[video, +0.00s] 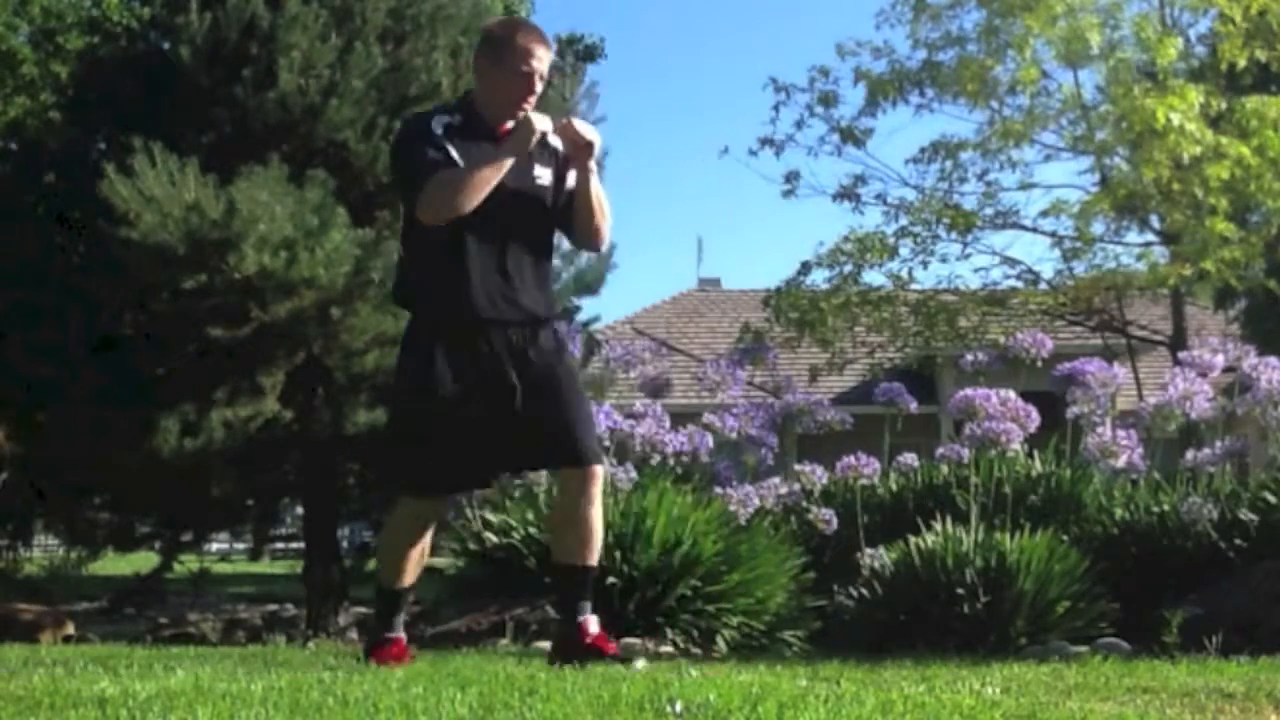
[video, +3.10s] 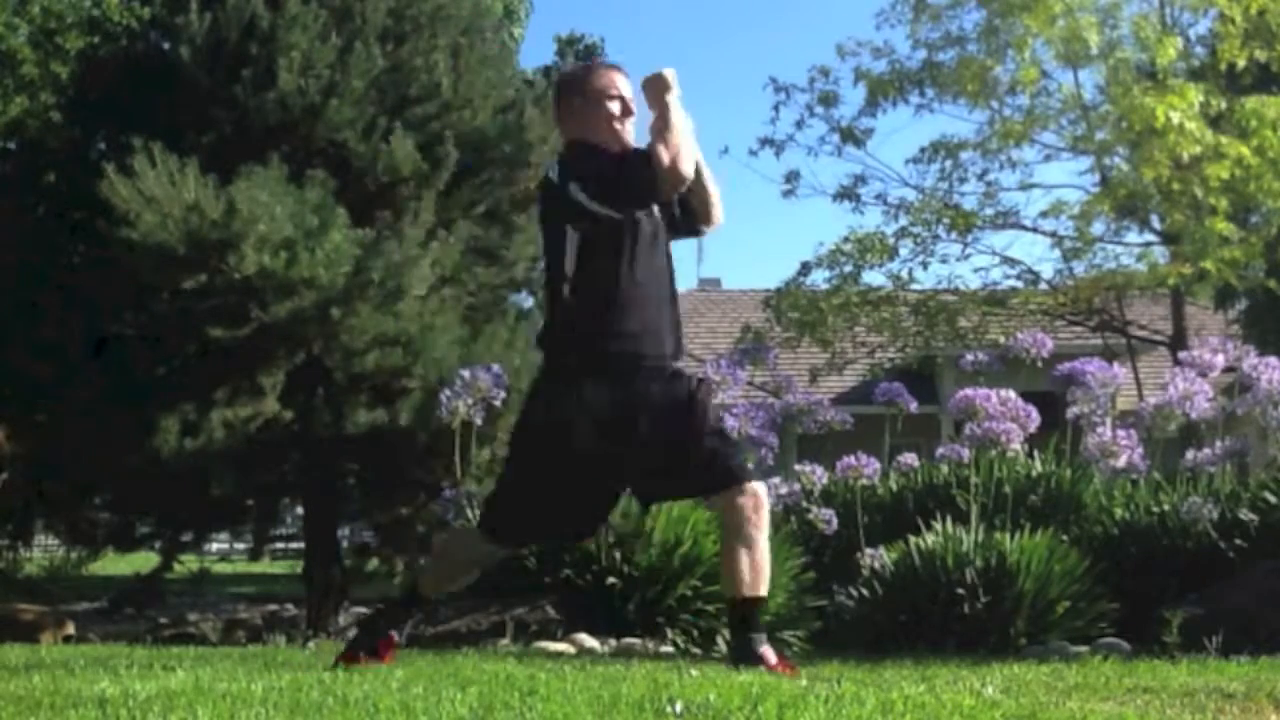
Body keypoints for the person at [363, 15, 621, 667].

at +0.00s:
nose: (532, 87)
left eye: (542, 77)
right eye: (522, 72)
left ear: (548, 83)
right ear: (480, 66)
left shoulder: (551, 149)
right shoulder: (428, 131)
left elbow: (593, 236)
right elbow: (436, 207)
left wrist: (583, 166)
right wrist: (512, 152)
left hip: (536, 337)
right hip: (446, 338)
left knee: (583, 468)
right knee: (422, 495)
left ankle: (578, 628)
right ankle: (387, 631)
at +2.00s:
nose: (482, 68)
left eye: (489, 60)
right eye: (469, 56)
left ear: (499, 70)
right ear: (432, 61)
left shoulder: (513, 139)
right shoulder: (394, 127)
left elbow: (569, 212)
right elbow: (382, 201)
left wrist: (535, 139)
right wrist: (455, 127)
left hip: (496, 334)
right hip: (409, 331)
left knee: (509, 485)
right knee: (379, 483)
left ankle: (509, 634)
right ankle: (346, 618)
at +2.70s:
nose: (475, 90)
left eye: (484, 82)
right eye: (463, 78)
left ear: (491, 91)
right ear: (425, 80)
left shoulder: (510, 156)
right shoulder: (385, 148)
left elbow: (565, 234)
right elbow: (372, 211)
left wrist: (533, 167)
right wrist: (447, 143)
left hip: (506, 347)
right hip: (417, 351)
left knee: (579, 462)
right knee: (380, 507)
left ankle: (548, 607)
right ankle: (351, 641)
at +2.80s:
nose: (501, 86)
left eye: (510, 78)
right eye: (488, 74)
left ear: (520, 86)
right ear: (451, 76)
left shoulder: (535, 148)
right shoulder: (412, 143)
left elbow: (593, 227)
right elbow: (404, 203)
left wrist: (564, 157)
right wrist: (476, 136)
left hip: (531, 348)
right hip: (439, 353)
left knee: (609, 458)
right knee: (394, 504)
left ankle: (622, 618)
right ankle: (355, 631)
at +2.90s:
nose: (536, 110)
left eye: (543, 101)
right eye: (521, 98)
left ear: (550, 110)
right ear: (481, 101)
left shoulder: (568, 177)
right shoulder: (440, 164)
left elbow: (634, 240)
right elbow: (453, 212)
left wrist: (604, 164)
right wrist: (525, 147)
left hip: (553, 375)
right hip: (459, 376)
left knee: (626, 490)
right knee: (404, 518)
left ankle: (708, 618)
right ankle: (360, 637)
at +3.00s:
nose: (578, 128)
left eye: (584, 118)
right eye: (562, 115)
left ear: (595, 130)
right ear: (521, 126)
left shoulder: (611, 207)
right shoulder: (498, 191)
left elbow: (684, 237)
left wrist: (651, 163)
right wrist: (603, 141)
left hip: (593, 402)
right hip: (501, 398)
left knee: (677, 512)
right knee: (421, 531)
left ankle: (725, 646)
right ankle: (364, 640)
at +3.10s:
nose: (628, 112)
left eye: (631, 104)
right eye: (613, 101)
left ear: (634, 116)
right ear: (570, 114)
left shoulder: (635, 180)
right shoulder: (573, 178)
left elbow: (706, 215)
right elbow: (666, 175)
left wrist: (683, 140)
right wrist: (668, 107)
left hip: (658, 385)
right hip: (582, 388)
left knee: (746, 495)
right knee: (499, 533)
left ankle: (750, 642)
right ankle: (388, 623)